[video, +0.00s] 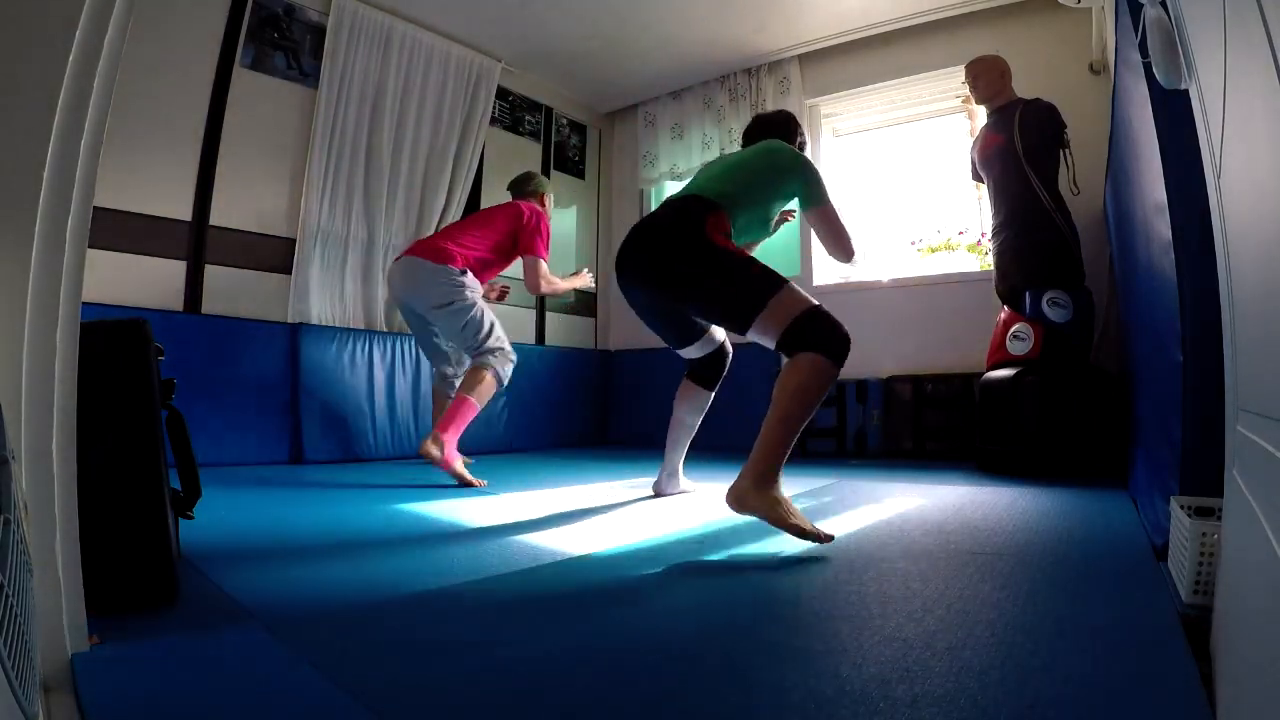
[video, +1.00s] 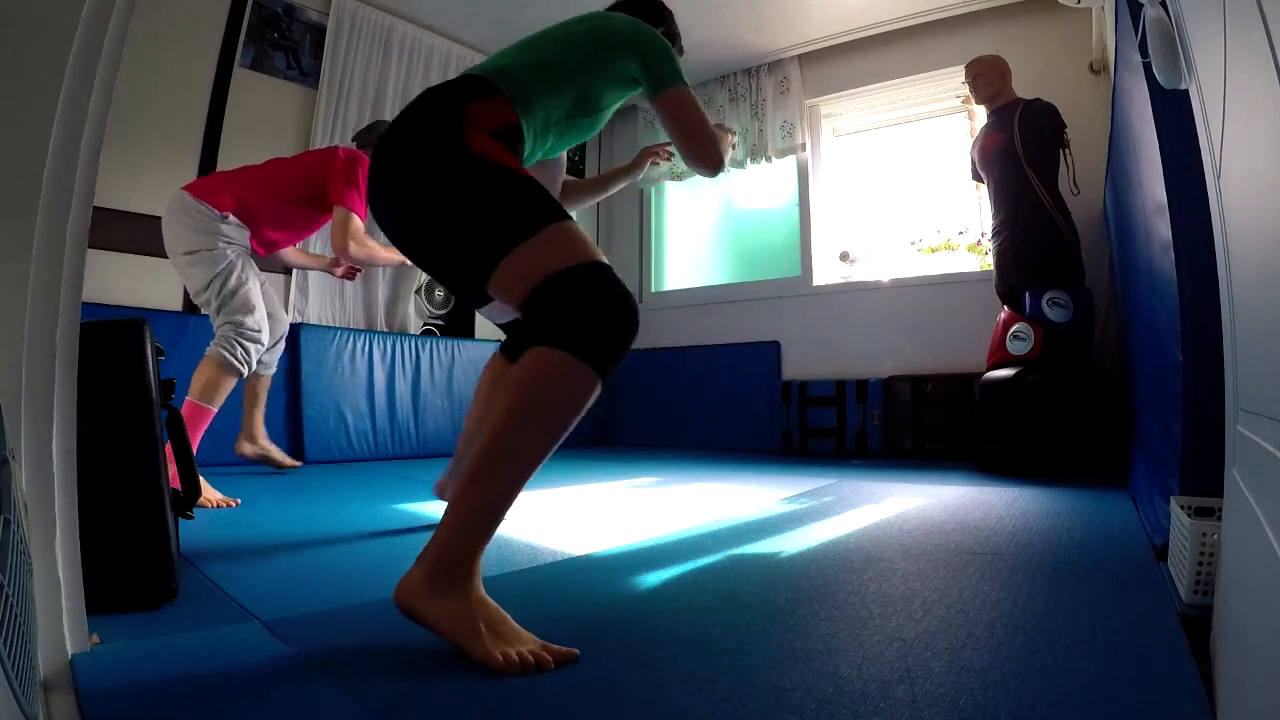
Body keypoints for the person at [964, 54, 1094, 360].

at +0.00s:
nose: (970, 87)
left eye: (975, 78)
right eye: (968, 81)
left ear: (1002, 75)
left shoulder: (1036, 111)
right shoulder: (981, 139)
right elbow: (978, 177)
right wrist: (975, 128)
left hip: (1049, 241)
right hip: (1009, 248)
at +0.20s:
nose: (970, 87)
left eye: (975, 78)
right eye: (968, 82)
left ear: (1002, 75)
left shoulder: (1035, 111)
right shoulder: (983, 136)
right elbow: (977, 175)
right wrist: (974, 124)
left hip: (1048, 238)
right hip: (1008, 245)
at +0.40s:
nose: (970, 87)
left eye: (975, 78)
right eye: (968, 82)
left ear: (1002, 75)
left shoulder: (1036, 111)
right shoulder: (983, 136)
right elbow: (977, 175)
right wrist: (974, 123)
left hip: (1048, 238)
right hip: (1008, 244)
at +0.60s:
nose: (970, 87)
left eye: (975, 78)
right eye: (968, 82)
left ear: (1002, 75)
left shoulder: (1035, 111)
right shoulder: (983, 136)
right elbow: (977, 175)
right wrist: (974, 123)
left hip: (1048, 240)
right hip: (1008, 246)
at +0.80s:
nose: (970, 86)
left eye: (975, 78)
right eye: (968, 82)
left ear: (1002, 75)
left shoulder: (1036, 111)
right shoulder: (981, 139)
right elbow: (978, 177)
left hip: (1049, 243)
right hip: (1009, 251)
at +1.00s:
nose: (971, 85)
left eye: (976, 76)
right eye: (968, 81)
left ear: (1004, 74)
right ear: (969, 90)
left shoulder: (1036, 111)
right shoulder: (980, 140)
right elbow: (978, 176)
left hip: (1050, 244)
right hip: (1008, 252)